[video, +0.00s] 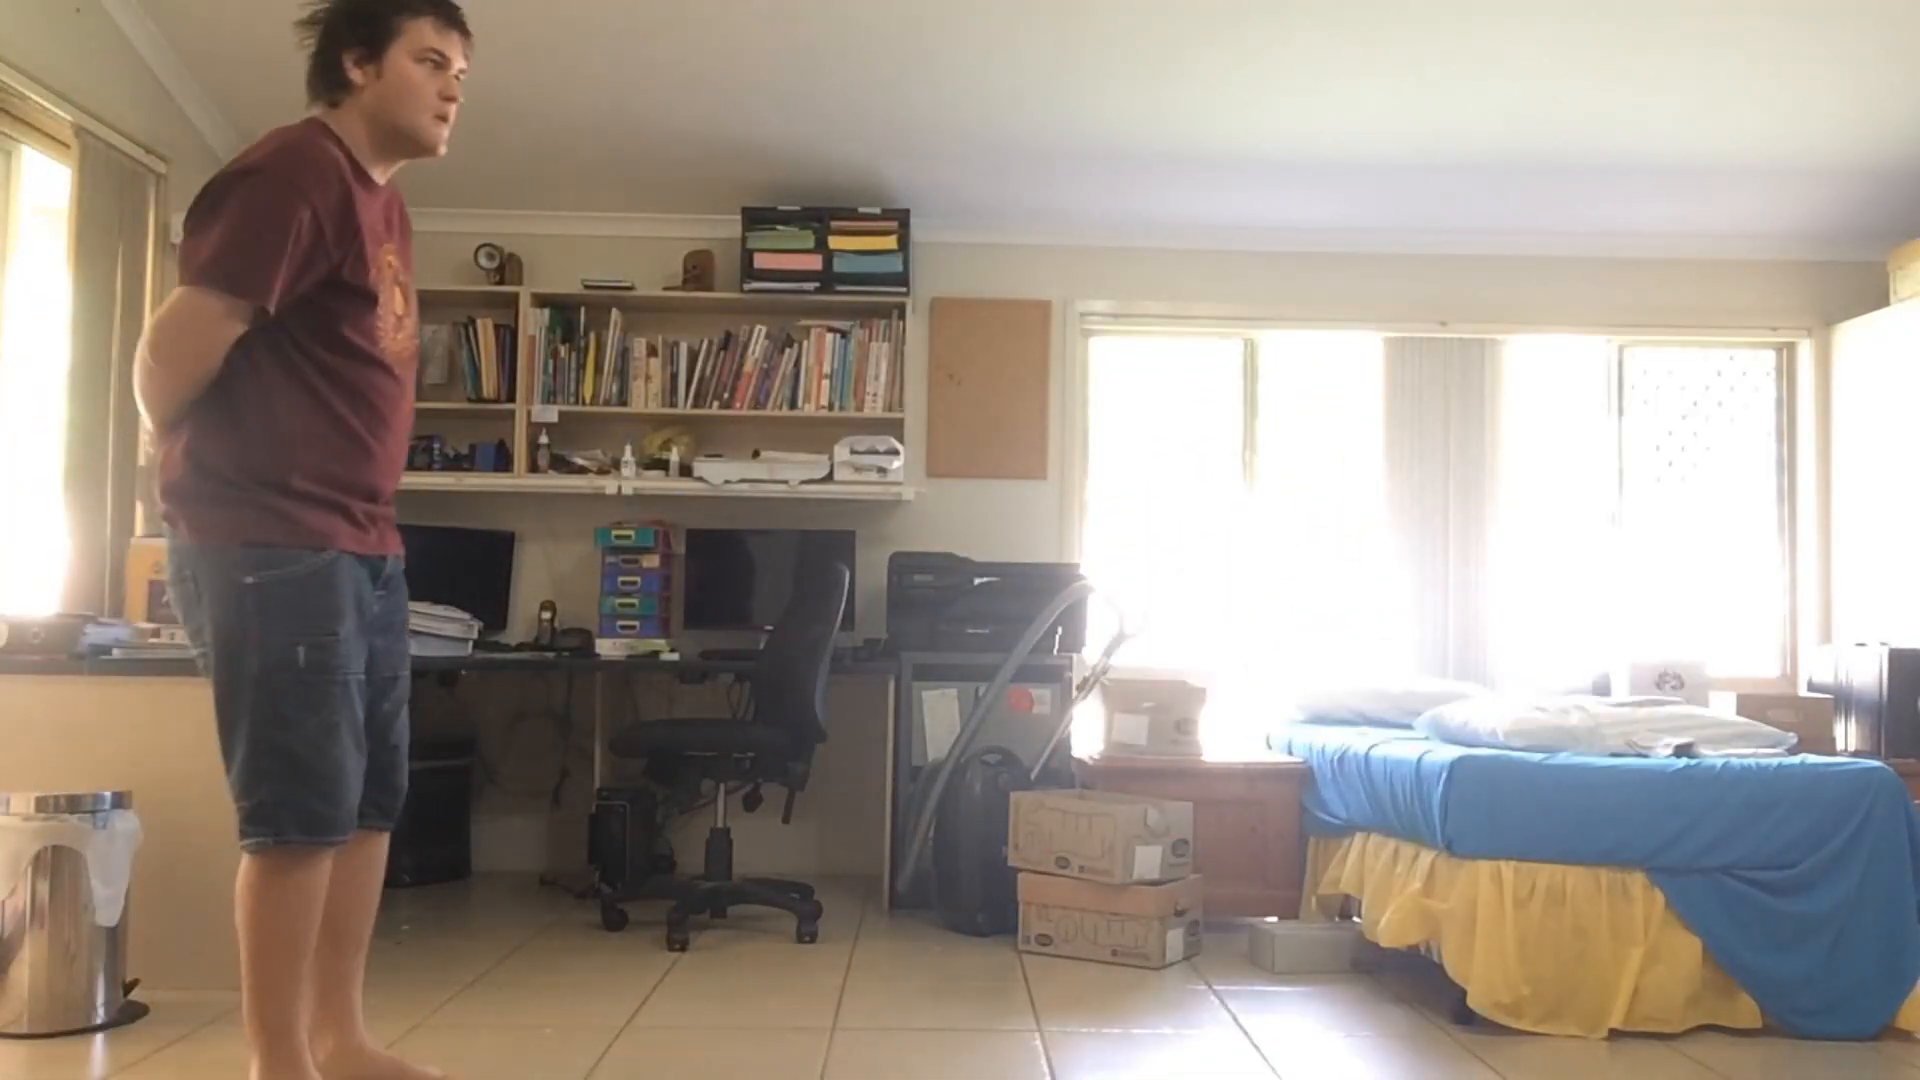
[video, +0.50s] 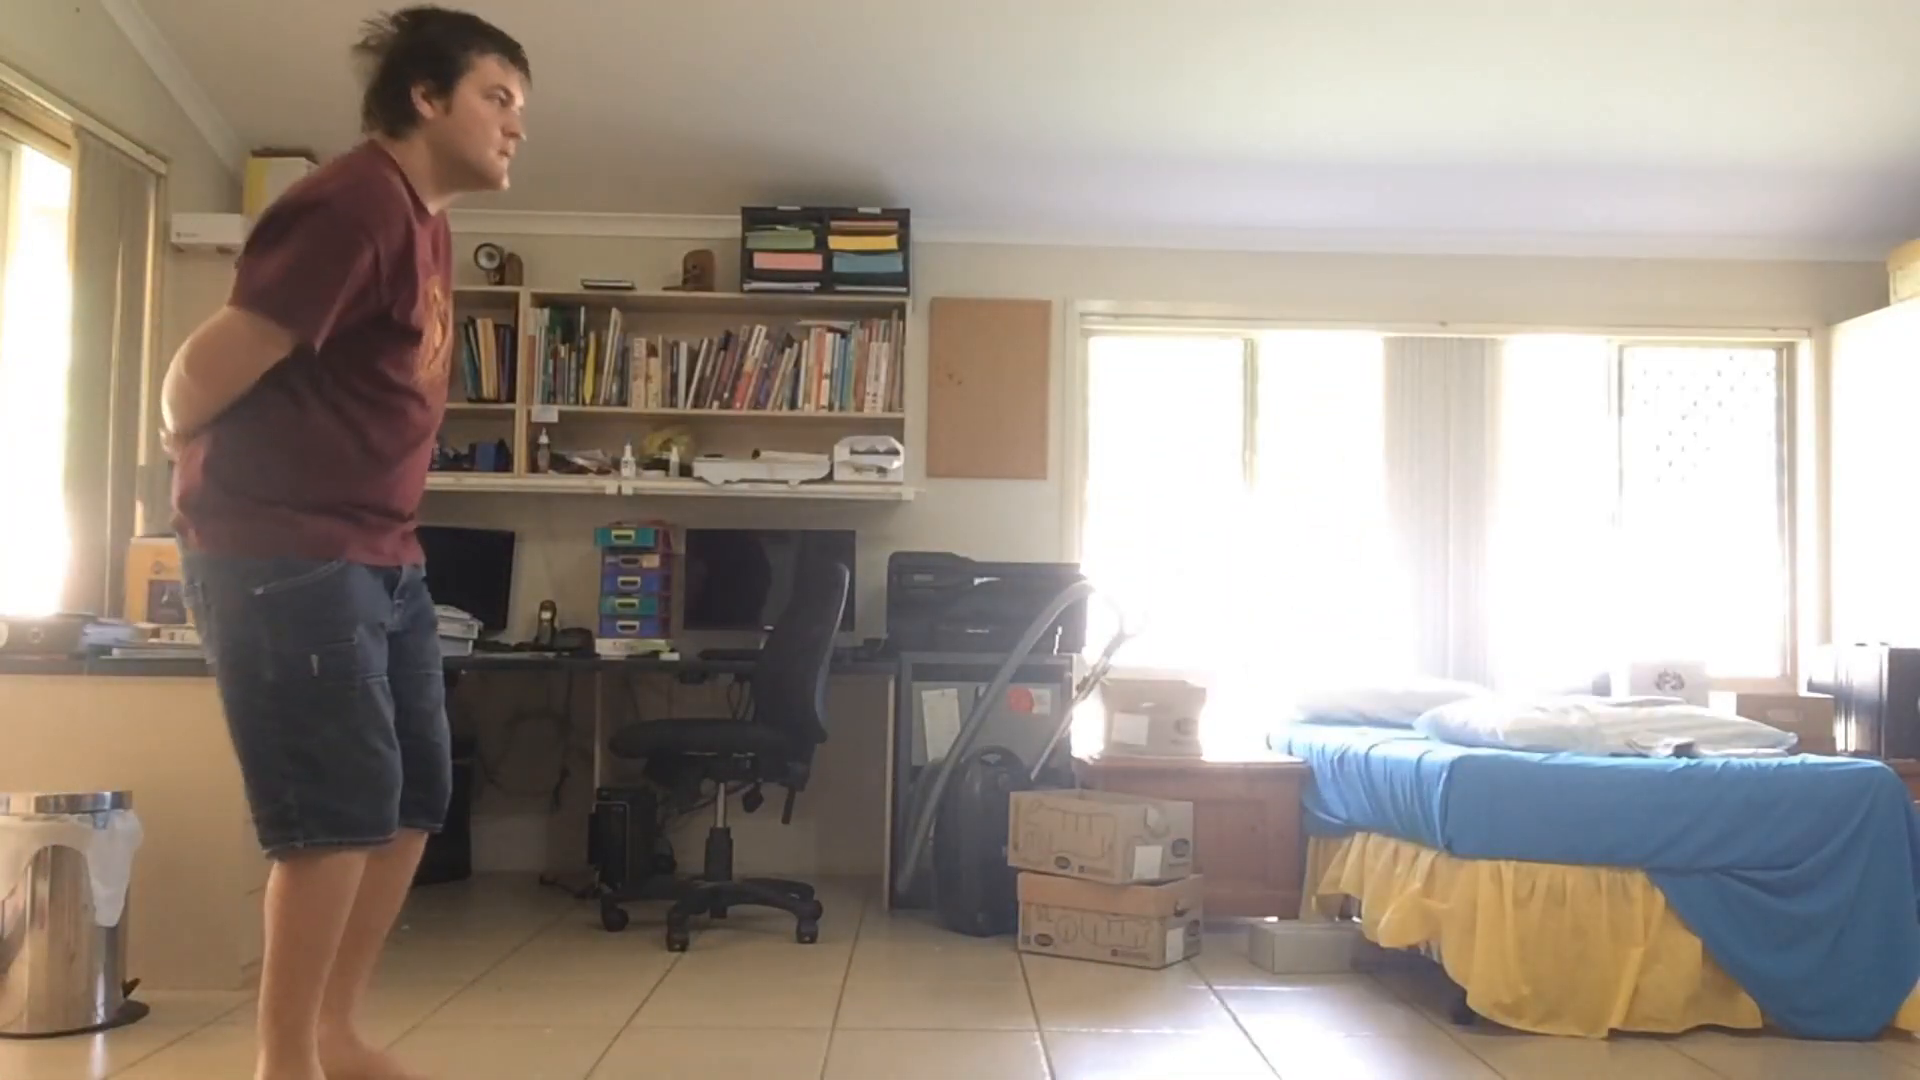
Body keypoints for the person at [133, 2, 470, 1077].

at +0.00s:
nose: (455, 89)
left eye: (461, 73)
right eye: (433, 61)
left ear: (440, 91)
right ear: (360, 63)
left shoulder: (383, 197)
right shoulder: (295, 170)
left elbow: (323, 367)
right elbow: (166, 362)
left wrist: (198, 430)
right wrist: (178, 434)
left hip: (362, 540)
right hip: (271, 539)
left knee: (367, 805)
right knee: (295, 818)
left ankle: (339, 1041)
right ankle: (281, 1061)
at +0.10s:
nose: (468, 91)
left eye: (474, 75)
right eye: (447, 64)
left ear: (452, 92)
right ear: (375, 65)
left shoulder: (404, 207)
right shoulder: (303, 171)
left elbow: (367, 369)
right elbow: (177, 354)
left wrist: (236, 437)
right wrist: (204, 446)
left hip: (379, 539)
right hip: (287, 537)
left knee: (380, 805)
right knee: (310, 818)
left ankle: (341, 1042)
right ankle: (283, 1061)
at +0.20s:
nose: (477, 93)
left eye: (483, 77)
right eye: (457, 66)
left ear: (463, 94)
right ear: (386, 65)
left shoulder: (415, 208)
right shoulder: (314, 171)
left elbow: (380, 372)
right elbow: (186, 355)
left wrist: (245, 439)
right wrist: (213, 442)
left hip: (392, 542)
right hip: (299, 540)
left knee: (389, 806)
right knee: (317, 818)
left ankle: (340, 1043)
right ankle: (283, 1062)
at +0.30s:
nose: (488, 98)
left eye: (493, 81)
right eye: (468, 70)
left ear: (472, 99)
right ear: (396, 71)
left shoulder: (422, 210)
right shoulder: (327, 173)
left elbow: (376, 376)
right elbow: (196, 358)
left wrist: (240, 437)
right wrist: (214, 440)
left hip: (397, 543)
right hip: (306, 540)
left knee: (393, 810)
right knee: (325, 820)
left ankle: (340, 1040)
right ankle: (287, 1060)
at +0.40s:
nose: (502, 107)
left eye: (507, 90)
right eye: (483, 80)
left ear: (446, 99)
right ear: (410, 81)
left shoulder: (420, 209)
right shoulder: (346, 178)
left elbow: (340, 371)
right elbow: (202, 358)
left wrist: (225, 431)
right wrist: (204, 434)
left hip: (394, 540)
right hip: (302, 536)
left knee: (402, 806)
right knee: (329, 817)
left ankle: (343, 1043)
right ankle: (285, 1060)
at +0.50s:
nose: (517, 125)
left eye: (519, 107)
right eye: (499, 98)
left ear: (444, 111)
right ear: (426, 98)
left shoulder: (424, 222)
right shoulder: (360, 199)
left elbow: (333, 380)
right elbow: (208, 365)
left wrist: (204, 433)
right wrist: (182, 426)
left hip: (383, 550)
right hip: (287, 548)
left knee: (413, 797)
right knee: (335, 811)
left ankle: (335, 1032)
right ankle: (284, 1058)